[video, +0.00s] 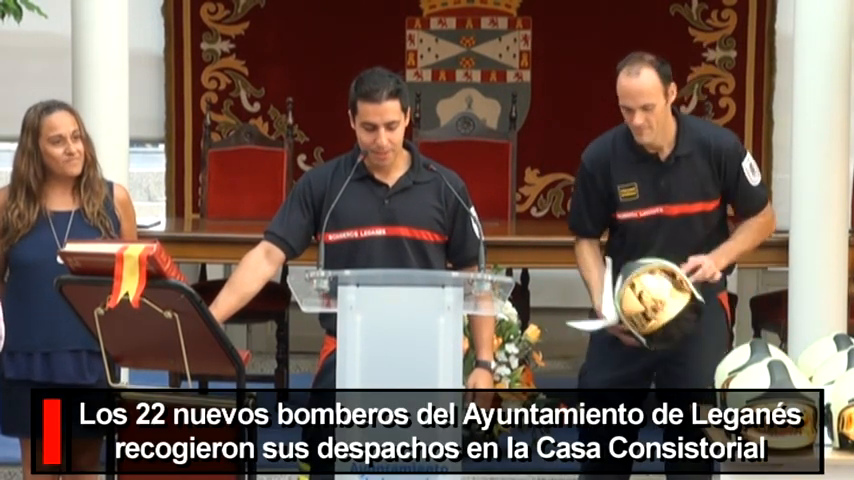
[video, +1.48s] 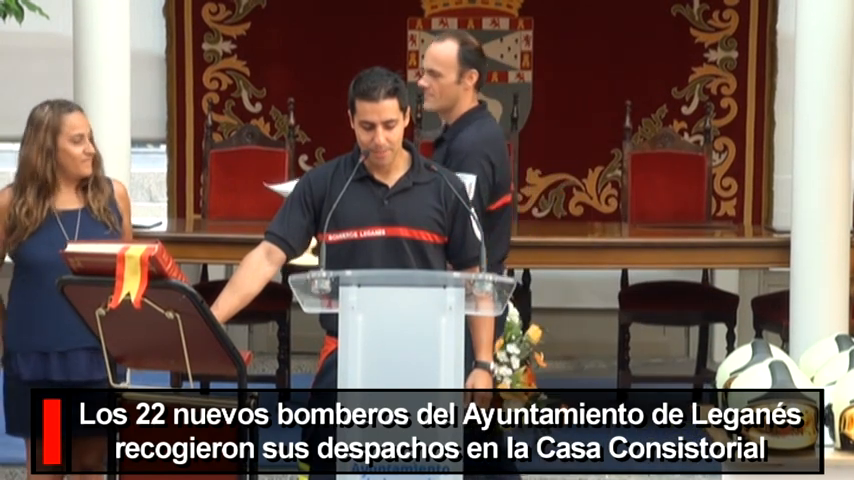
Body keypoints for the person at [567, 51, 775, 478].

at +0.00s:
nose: (637, 121)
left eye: (647, 108)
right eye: (628, 110)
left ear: (671, 96)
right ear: (618, 103)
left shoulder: (719, 147)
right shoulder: (600, 159)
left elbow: (763, 217)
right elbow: (586, 238)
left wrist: (718, 259)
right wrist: (606, 309)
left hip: (698, 314)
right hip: (625, 313)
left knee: (691, 445)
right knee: (600, 441)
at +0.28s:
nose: (612, 98)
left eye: (622, 86)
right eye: (608, 87)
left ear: (657, 82)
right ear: (605, 86)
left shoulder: (705, 145)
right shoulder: (597, 144)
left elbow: (741, 232)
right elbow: (582, 225)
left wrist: (671, 265)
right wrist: (570, 274)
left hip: (673, 324)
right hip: (603, 322)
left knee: (679, 460)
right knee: (572, 457)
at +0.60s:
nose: (565, 80)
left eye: (576, 71)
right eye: (565, 70)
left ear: (612, 73)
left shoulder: (646, 140)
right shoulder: (570, 140)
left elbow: (660, 242)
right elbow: (563, 218)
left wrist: (576, 264)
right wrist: (527, 240)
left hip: (621, 312)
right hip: (564, 311)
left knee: (639, 451)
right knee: (542, 446)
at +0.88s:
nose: (521, 73)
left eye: (532, 64)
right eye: (522, 63)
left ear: (567, 69)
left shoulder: (585, 134)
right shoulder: (544, 132)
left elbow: (584, 240)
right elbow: (526, 213)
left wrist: (500, 259)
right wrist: (465, 232)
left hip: (559, 295)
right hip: (524, 290)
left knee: (553, 430)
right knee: (514, 424)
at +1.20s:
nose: (477, 75)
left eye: (488, 66)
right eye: (478, 64)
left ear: (522, 72)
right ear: (516, 71)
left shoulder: (533, 135)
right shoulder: (511, 128)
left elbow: (521, 241)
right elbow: (495, 220)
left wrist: (455, 254)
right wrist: (453, 246)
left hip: (522, 289)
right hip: (500, 283)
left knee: (506, 411)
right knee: (499, 408)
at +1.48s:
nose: (421, 81)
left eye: (433, 74)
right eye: (423, 71)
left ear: (469, 80)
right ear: (465, 80)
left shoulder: (471, 145)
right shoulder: (460, 131)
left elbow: (456, 242)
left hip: (472, 301)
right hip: (464, 295)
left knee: (471, 420)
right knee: (467, 417)